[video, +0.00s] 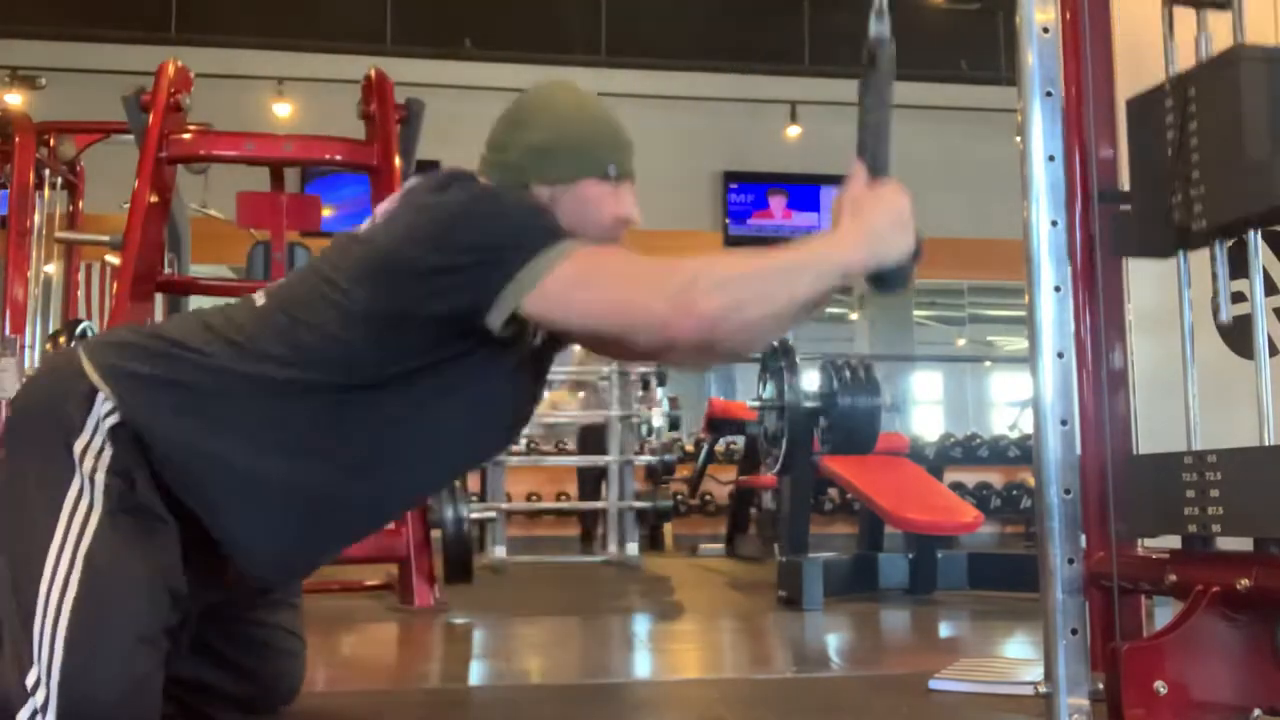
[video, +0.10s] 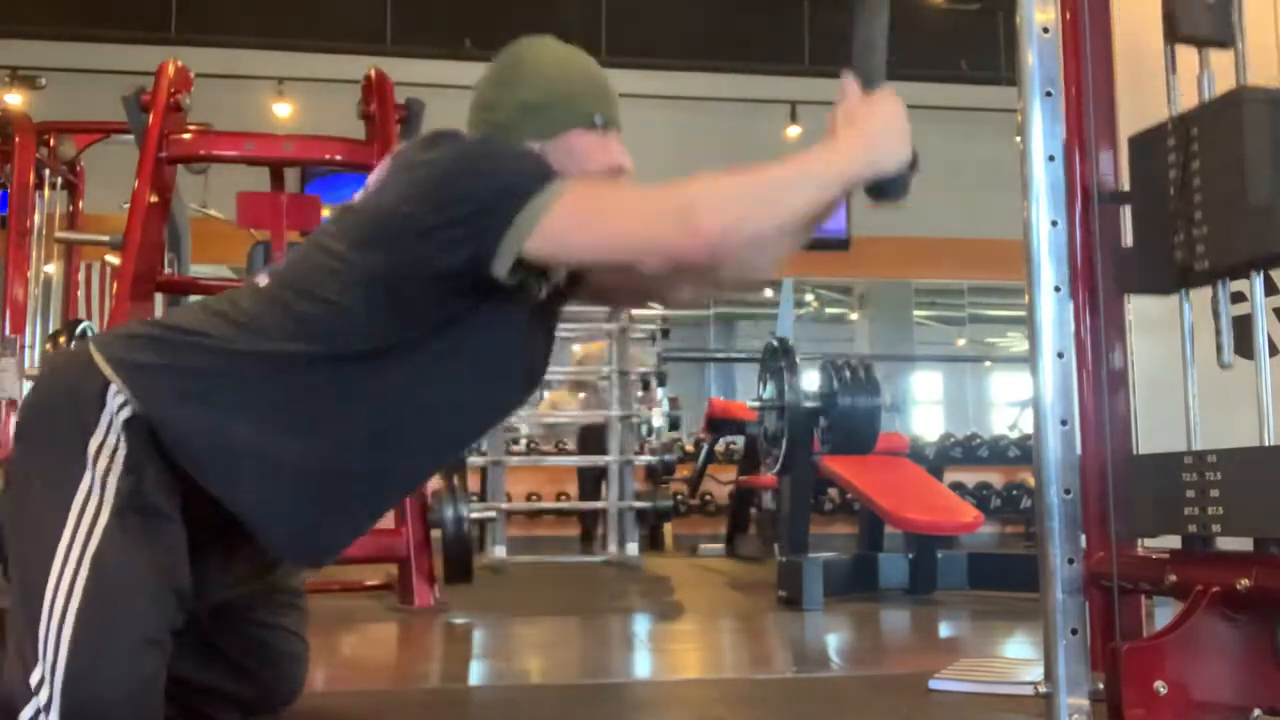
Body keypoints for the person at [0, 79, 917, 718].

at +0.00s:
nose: (632, 212)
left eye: (628, 185)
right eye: (616, 187)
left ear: (555, 192)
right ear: (556, 186)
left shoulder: (521, 273)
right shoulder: (466, 223)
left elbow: (674, 305)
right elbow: (688, 316)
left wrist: (830, 251)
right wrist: (846, 248)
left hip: (230, 506)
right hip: (114, 435)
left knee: (249, 688)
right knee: (77, 699)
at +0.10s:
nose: (622, 154)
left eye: (618, 133)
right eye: (606, 131)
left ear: (544, 137)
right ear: (550, 134)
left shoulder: (533, 254)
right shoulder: (461, 177)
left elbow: (689, 269)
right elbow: (694, 227)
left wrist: (828, 188)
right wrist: (848, 149)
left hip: (227, 500)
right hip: (127, 430)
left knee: (251, 683)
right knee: (78, 698)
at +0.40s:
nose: (619, 97)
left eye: (645, 86)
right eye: (616, 55)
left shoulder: (511, 150)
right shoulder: (422, 59)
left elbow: (633, 101)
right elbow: (644, 28)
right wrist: (752, 2)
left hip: (271, 450)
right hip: (162, 409)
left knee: (258, 690)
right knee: (84, 700)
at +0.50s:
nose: (560, 46)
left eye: (571, 35)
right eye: (563, 23)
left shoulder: (502, 106)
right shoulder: (405, 39)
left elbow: (644, 34)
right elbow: (598, 7)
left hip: (275, 435)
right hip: (173, 401)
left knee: (260, 690)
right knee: (88, 700)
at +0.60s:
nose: (555, 45)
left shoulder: (492, 102)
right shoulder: (389, 31)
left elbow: (615, 24)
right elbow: (570, 16)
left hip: (279, 420)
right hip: (176, 392)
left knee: (260, 694)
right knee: (94, 699)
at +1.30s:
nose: (601, 250)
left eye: (601, 225)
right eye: (584, 223)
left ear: (529, 228)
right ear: (509, 220)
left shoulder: (517, 319)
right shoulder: (420, 254)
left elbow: (606, 442)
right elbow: (540, 433)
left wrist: (701, 365)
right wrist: (701, 341)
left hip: (215, 520)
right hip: (97, 455)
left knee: (260, 686)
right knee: (77, 699)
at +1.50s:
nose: (596, 364)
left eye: (599, 343)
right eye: (586, 338)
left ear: (519, 329)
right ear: (521, 325)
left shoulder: (502, 408)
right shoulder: (402, 363)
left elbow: (529, 558)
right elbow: (448, 586)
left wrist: (641, 526)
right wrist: (634, 520)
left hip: (182, 505)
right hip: (75, 444)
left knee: (260, 674)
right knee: (82, 701)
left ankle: (77, 661)